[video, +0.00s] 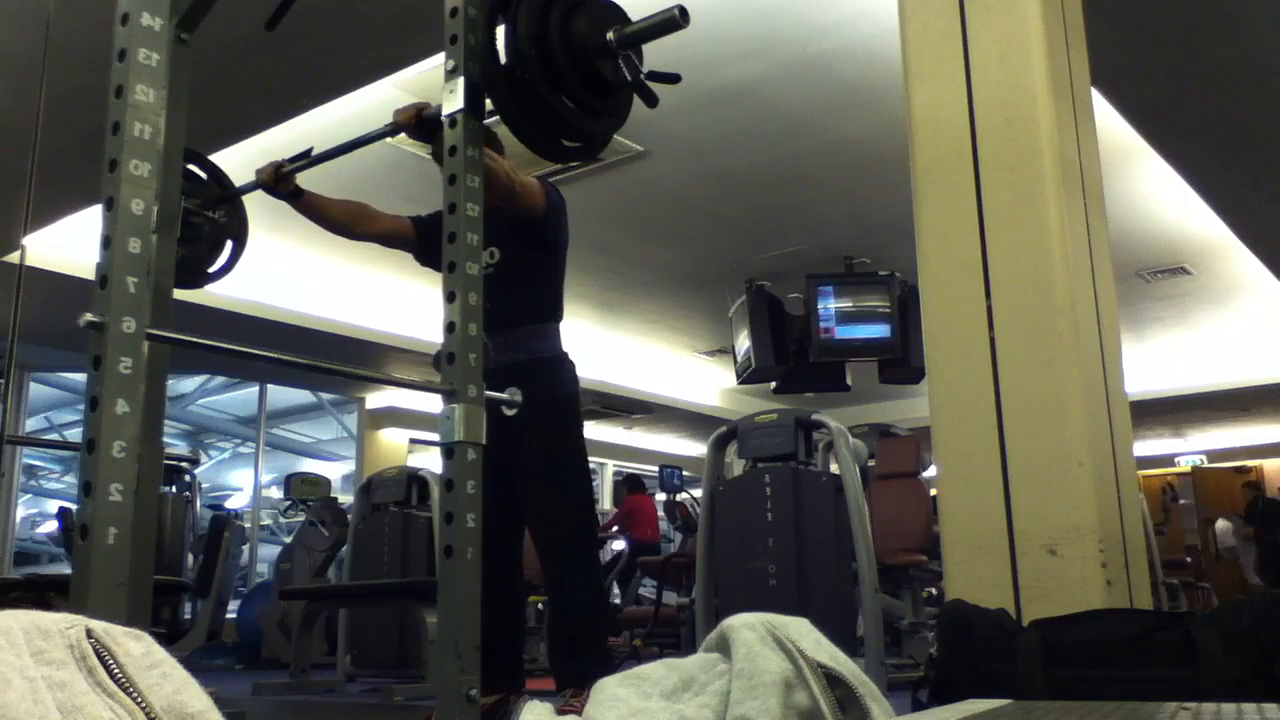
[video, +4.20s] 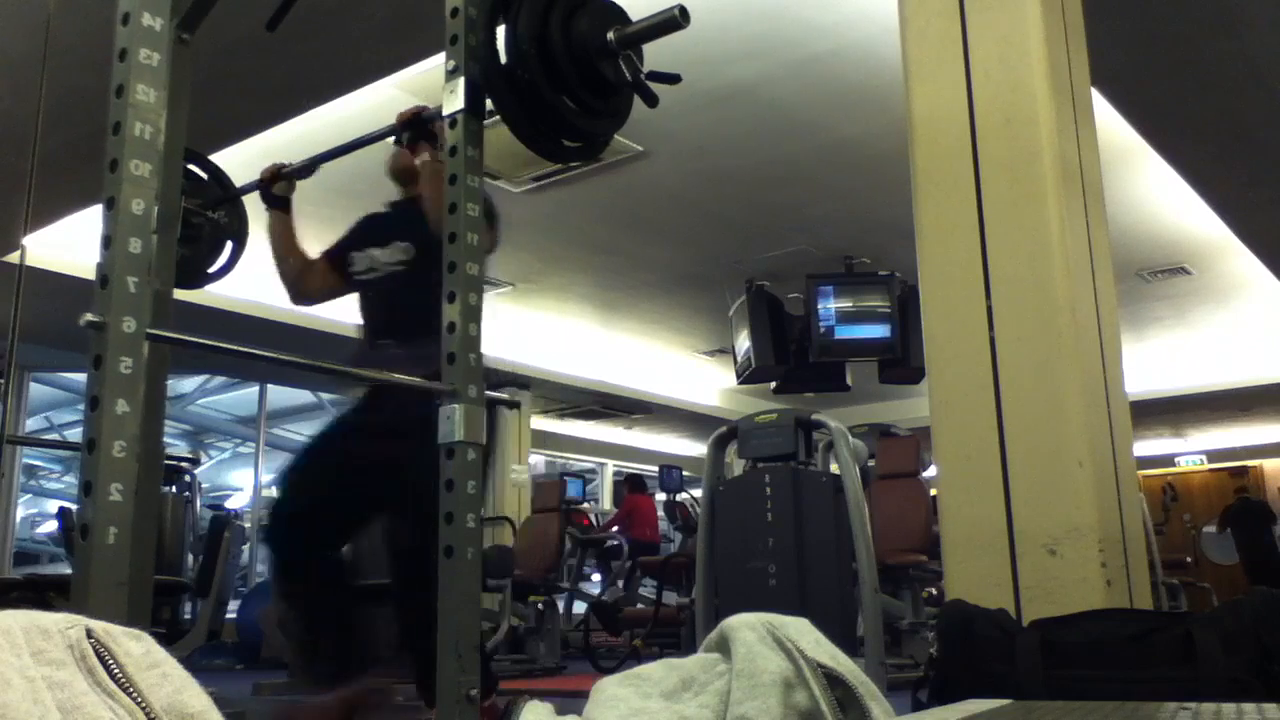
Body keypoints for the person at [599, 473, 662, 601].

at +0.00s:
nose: (624, 491)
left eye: (624, 487)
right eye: (623, 488)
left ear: (629, 487)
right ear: (642, 486)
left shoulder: (631, 500)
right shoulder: (649, 500)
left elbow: (617, 518)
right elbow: (636, 522)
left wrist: (602, 529)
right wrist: (618, 532)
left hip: (637, 545)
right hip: (654, 546)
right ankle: (634, 602)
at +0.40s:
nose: (627, 490)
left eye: (627, 487)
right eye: (627, 487)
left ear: (630, 487)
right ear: (644, 486)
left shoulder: (631, 500)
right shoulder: (650, 500)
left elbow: (616, 519)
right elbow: (639, 522)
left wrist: (600, 529)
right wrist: (620, 530)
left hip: (637, 546)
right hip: (654, 546)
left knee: (613, 567)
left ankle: (618, 600)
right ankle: (627, 600)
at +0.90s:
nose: (624, 490)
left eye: (625, 487)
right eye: (624, 487)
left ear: (629, 487)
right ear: (641, 486)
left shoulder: (631, 500)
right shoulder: (649, 500)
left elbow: (615, 520)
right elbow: (635, 523)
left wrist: (600, 530)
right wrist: (617, 532)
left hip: (637, 546)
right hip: (654, 546)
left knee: (608, 570)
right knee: (625, 572)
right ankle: (635, 601)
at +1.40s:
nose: (625, 491)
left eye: (626, 488)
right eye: (625, 488)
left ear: (630, 487)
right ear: (643, 487)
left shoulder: (631, 500)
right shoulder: (649, 500)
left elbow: (615, 519)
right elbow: (635, 523)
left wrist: (600, 529)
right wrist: (617, 533)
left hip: (637, 544)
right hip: (654, 545)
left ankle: (621, 595)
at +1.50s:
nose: (624, 490)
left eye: (625, 487)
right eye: (624, 487)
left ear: (630, 487)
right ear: (642, 486)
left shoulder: (630, 500)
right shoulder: (649, 500)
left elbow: (615, 521)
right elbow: (634, 523)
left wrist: (599, 530)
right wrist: (615, 534)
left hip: (636, 547)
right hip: (654, 547)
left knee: (605, 553)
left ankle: (611, 586)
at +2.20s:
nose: (625, 491)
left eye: (626, 488)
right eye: (625, 488)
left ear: (630, 488)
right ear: (644, 487)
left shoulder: (631, 500)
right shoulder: (650, 501)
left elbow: (616, 520)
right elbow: (639, 522)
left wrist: (601, 529)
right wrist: (620, 530)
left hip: (637, 546)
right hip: (654, 546)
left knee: (613, 566)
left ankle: (616, 601)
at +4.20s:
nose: (624, 489)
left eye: (625, 486)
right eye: (624, 486)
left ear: (630, 486)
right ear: (643, 485)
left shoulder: (631, 499)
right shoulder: (649, 500)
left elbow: (616, 520)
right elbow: (635, 524)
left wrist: (600, 530)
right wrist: (615, 534)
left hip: (636, 546)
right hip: (653, 547)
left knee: (603, 554)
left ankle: (610, 588)